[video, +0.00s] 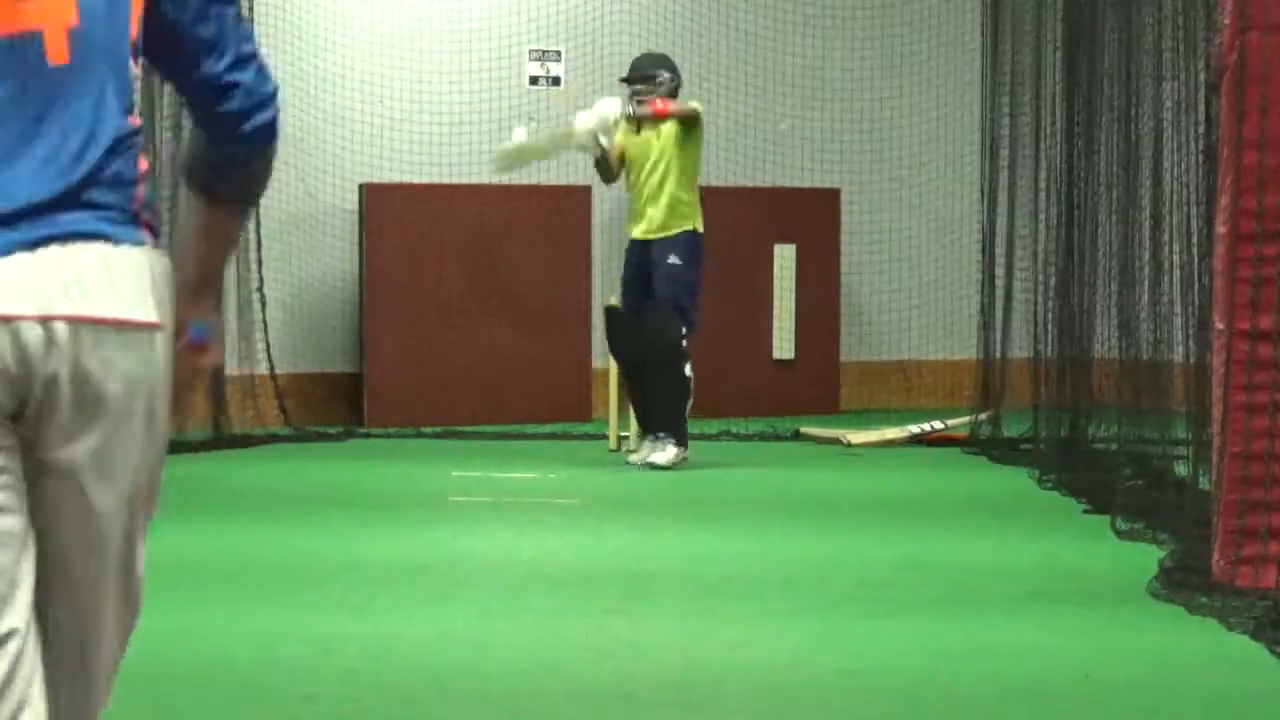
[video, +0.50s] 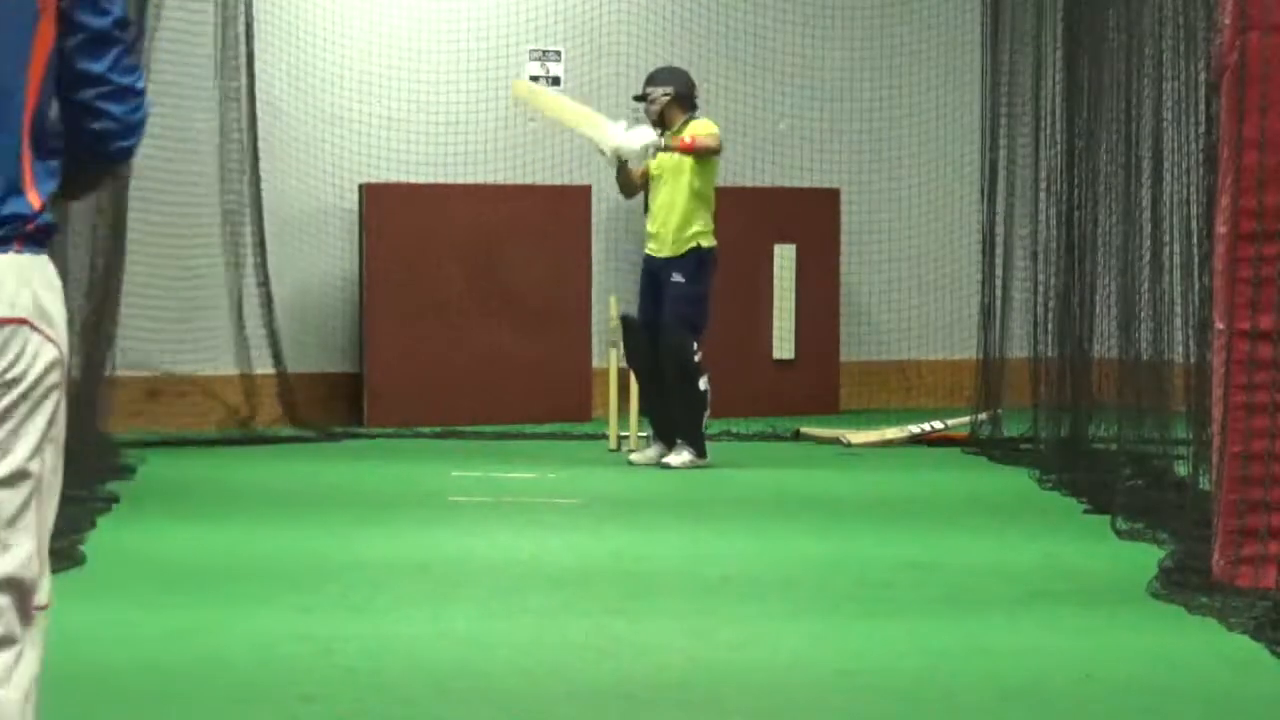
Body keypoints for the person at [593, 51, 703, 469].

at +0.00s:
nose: (639, 95)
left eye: (647, 87)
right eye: (634, 88)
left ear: (668, 88)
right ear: (627, 90)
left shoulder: (683, 121)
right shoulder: (626, 130)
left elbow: (691, 113)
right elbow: (608, 175)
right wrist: (596, 141)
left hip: (678, 234)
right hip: (641, 237)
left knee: (669, 335)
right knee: (636, 332)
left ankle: (673, 438)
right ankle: (651, 434)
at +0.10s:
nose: (640, 88)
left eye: (647, 78)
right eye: (638, 80)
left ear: (671, 81)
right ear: (638, 86)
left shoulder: (689, 114)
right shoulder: (636, 124)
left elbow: (676, 79)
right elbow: (609, 162)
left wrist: (629, 82)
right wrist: (594, 128)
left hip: (682, 233)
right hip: (643, 235)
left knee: (674, 332)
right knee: (634, 332)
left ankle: (685, 438)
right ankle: (650, 431)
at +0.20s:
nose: (653, 89)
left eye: (659, 79)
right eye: (652, 82)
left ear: (674, 83)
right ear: (652, 89)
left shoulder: (693, 119)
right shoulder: (645, 131)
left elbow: (680, 79)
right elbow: (613, 164)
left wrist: (626, 84)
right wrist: (597, 125)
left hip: (685, 239)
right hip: (647, 242)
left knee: (678, 336)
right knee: (628, 334)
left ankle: (689, 441)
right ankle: (654, 431)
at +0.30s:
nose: (646, 98)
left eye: (651, 89)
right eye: (646, 91)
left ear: (673, 91)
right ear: (652, 98)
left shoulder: (696, 128)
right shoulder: (650, 140)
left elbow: (689, 92)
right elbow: (619, 174)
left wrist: (639, 94)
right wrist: (606, 134)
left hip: (685, 247)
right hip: (650, 249)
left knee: (675, 339)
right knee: (634, 337)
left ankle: (692, 444)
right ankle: (661, 436)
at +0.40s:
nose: (648, 106)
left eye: (654, 98)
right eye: (647, 99)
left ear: (675, 98)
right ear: (654, 104)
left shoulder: (698, 136)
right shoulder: (659, 147)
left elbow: (700, 118)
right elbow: (623, 180)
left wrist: (653, 119)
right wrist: (613, 147)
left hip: (687, 253)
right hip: (654, 253)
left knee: (678, 345)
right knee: (645, 344)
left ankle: (692, 445)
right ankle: (663, 439)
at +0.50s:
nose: (645, 107)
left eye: (650, 99)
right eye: (644, 100)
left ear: (671, 97)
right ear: (660, 101)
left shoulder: (699, 128)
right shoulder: (656, 145)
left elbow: (712, 146)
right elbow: (630, 188)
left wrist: (664, 144)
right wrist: (620, 157)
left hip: (690, 253)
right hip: (656, 254)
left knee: (676, 343)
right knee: (649, 343)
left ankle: (692, 445)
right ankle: (664, 439)